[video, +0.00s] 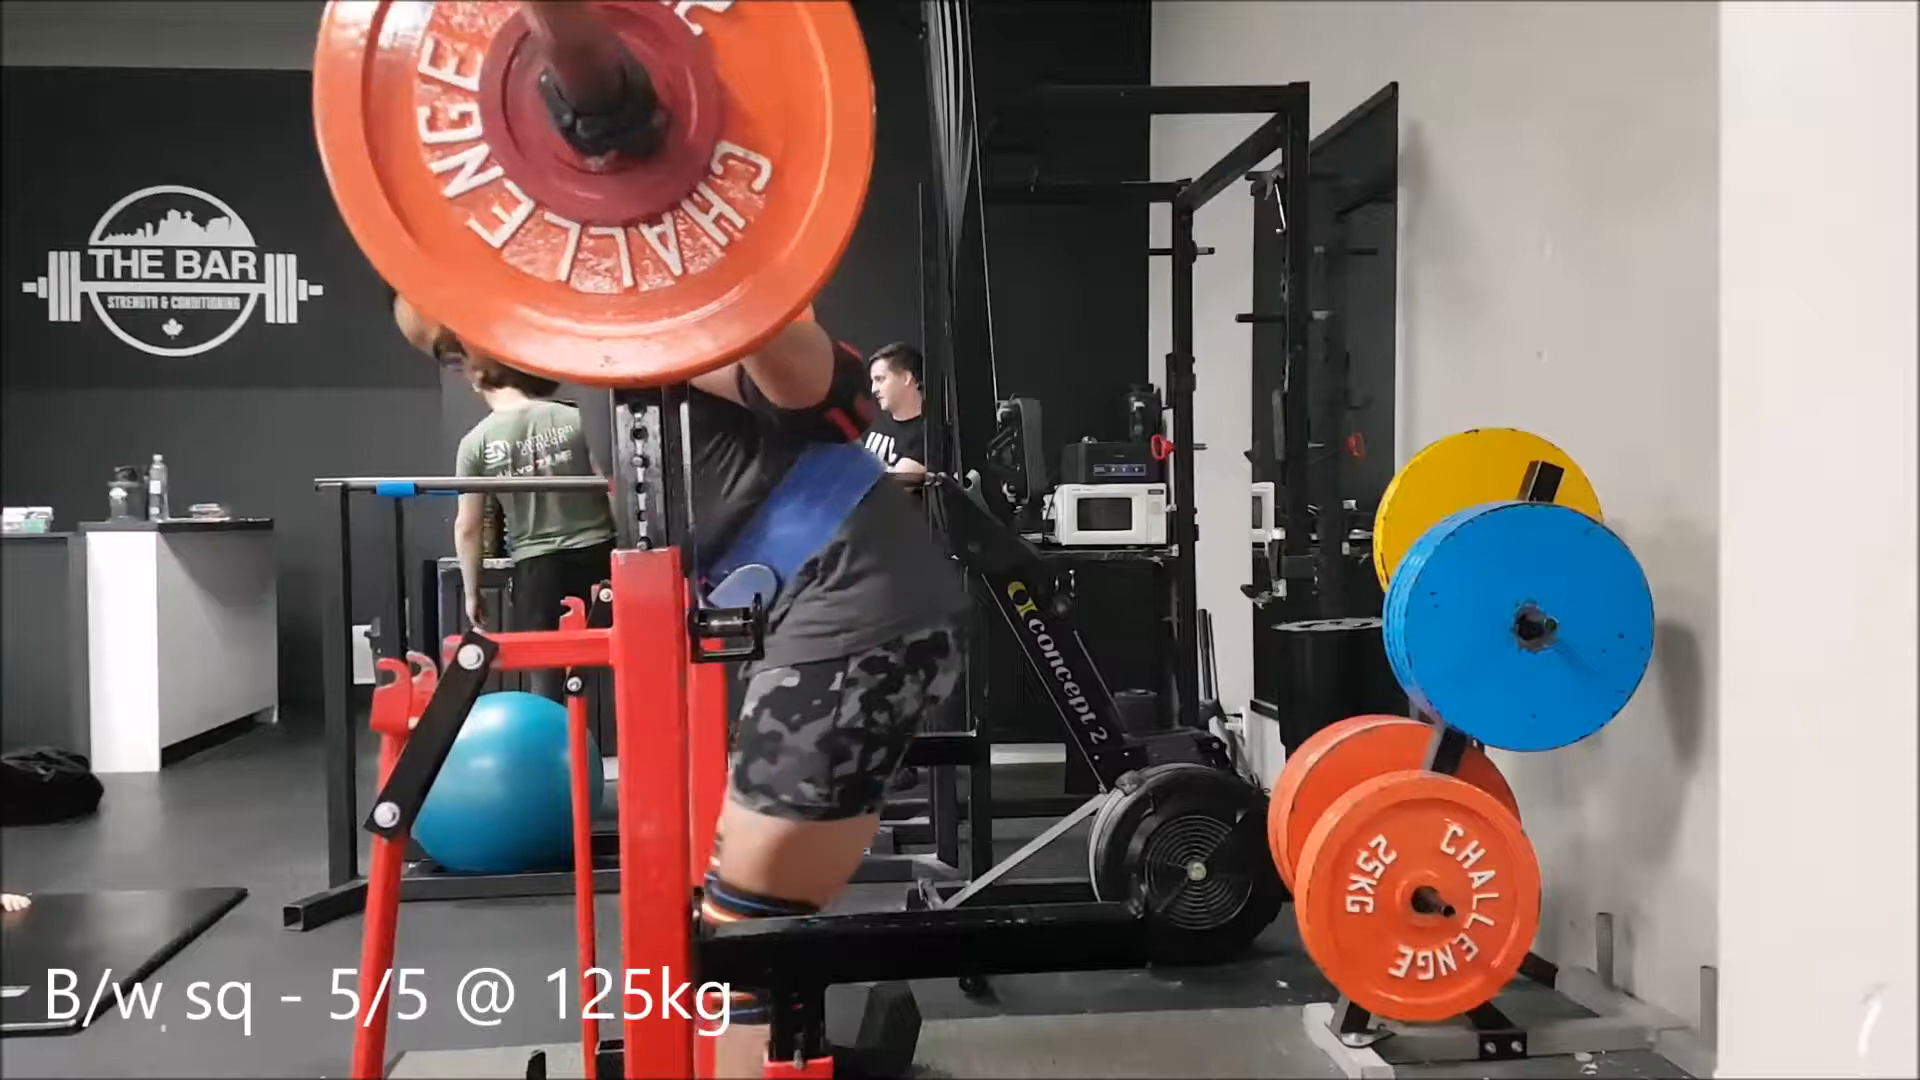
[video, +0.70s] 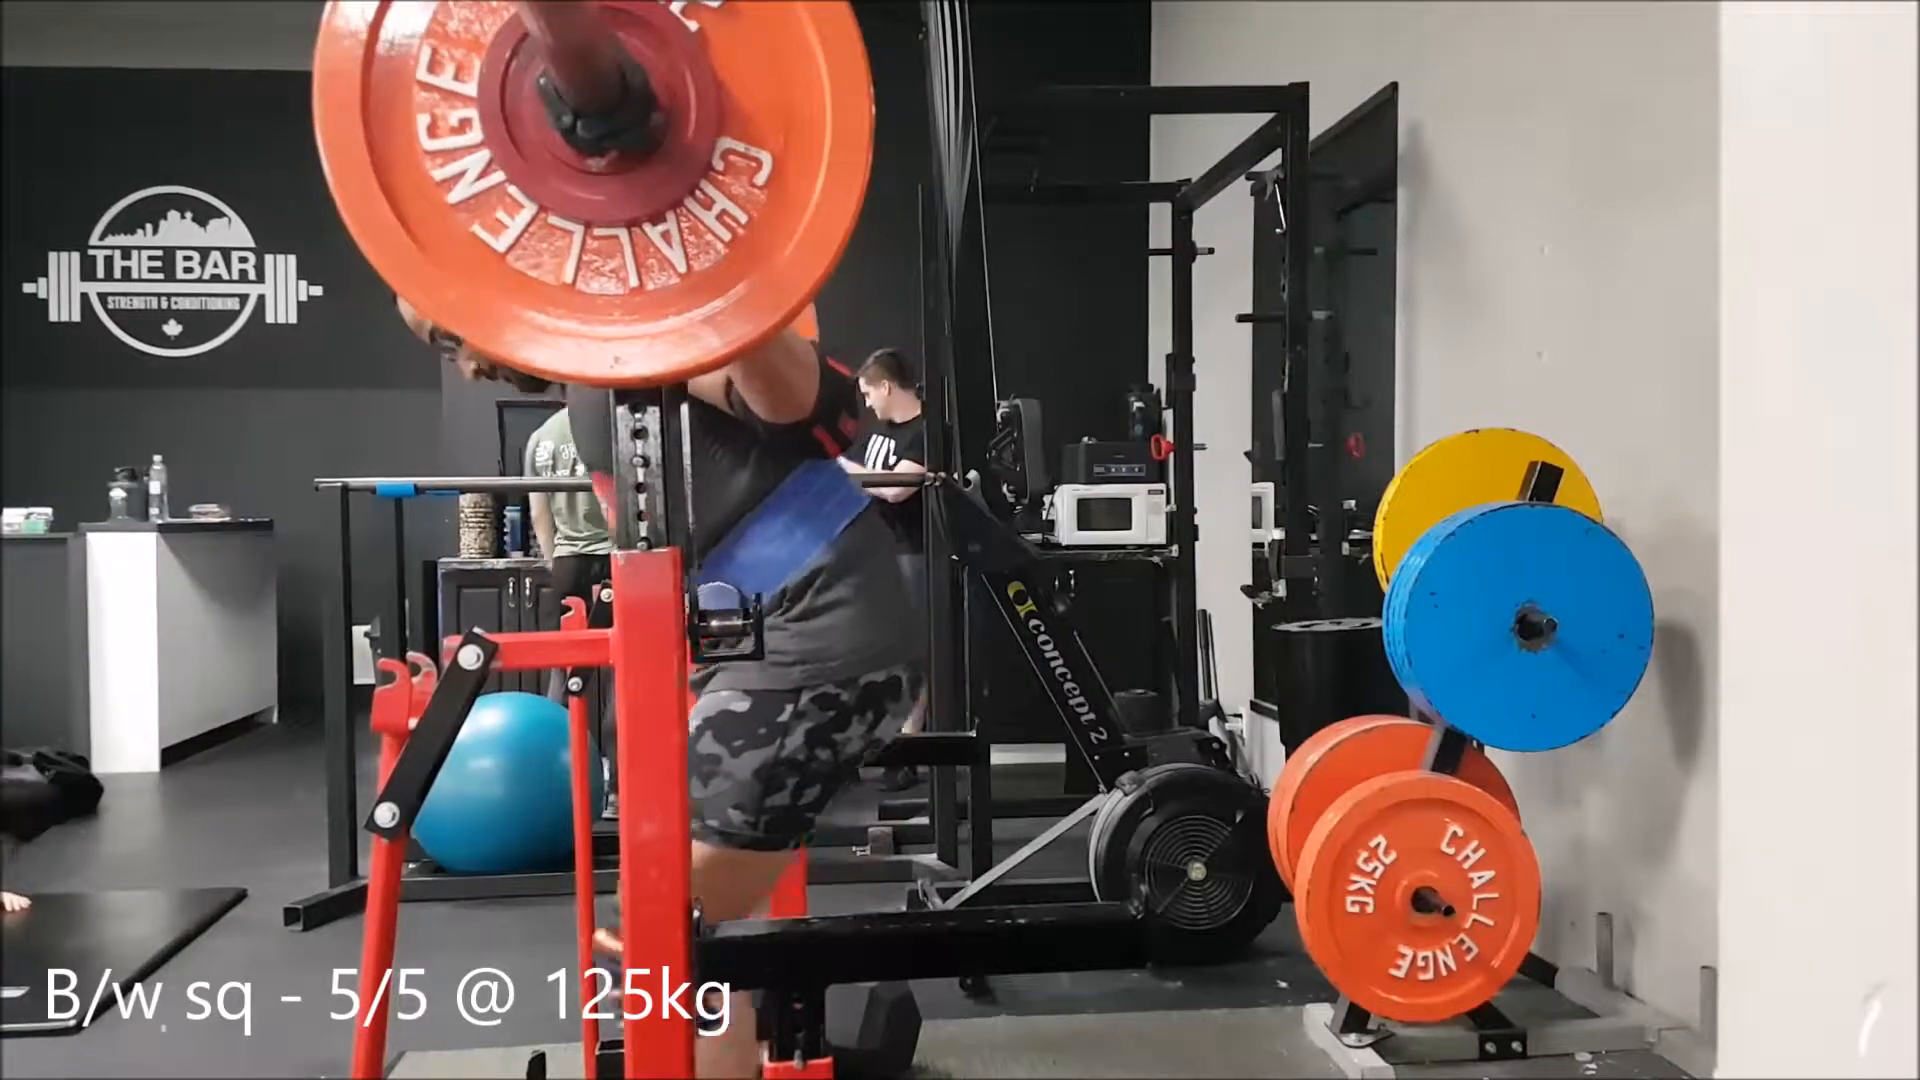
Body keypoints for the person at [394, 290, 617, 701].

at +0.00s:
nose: (470, 380)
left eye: (471, 373)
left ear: (481, 381)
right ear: (529, 375)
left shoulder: (477, 443)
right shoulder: (575, 418)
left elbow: (468, 527)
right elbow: (613, 484)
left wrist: (472, 593)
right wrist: (628, 547)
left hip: (535, 573)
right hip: (596, 560)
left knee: (544, 684)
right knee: (607, 677)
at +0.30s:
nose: (485, 388)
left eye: (489, 381)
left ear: (505, 391)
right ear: (550, 382)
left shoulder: (493, 441)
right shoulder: (585, 419)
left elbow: (487, 523)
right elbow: (618, 484)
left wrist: (490, 585)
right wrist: (626, 549)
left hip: (537, 571)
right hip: (595, 562)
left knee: (545, 678)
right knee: (604, 673)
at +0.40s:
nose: (498, 393)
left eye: (507, 385)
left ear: (525, 387)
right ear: (572, 383)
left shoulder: (505, 440)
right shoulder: (595, 420)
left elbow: (497, 523)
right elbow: (625, 488)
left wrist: (501, 584)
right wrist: (631, 555)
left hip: (542, 572)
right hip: (602, 565)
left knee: (548, 678)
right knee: (607, 676)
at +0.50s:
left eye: (516, 386)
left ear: (530, 389)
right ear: (571, 382)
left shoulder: (516, 440)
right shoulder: (600, 418)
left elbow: (511, 524)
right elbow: (630, 494)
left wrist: (519, 584)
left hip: (549, 567)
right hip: (605, 561)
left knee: (553, 674)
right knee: (611, 672)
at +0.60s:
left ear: (554, 383)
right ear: (595, 384)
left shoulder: (530, 437)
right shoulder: (615, 425)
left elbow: (528, 520)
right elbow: (635, 501)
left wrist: (540, 579)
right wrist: (637, 560)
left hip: (559, 563)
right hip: (613, 559)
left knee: (559, 673)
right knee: (616, 672)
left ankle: (560, 781)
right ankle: (619, 785)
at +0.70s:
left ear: (565, 390)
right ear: (598, 390)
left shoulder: (540, 438)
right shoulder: (612, 427)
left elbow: (540, 513)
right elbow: (618, 505)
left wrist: (554, 560)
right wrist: (631, 547)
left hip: (566, 561)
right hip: (614, 560)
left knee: (564, 673)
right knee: (615, 674)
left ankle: (556, 772)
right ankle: (618, 785)